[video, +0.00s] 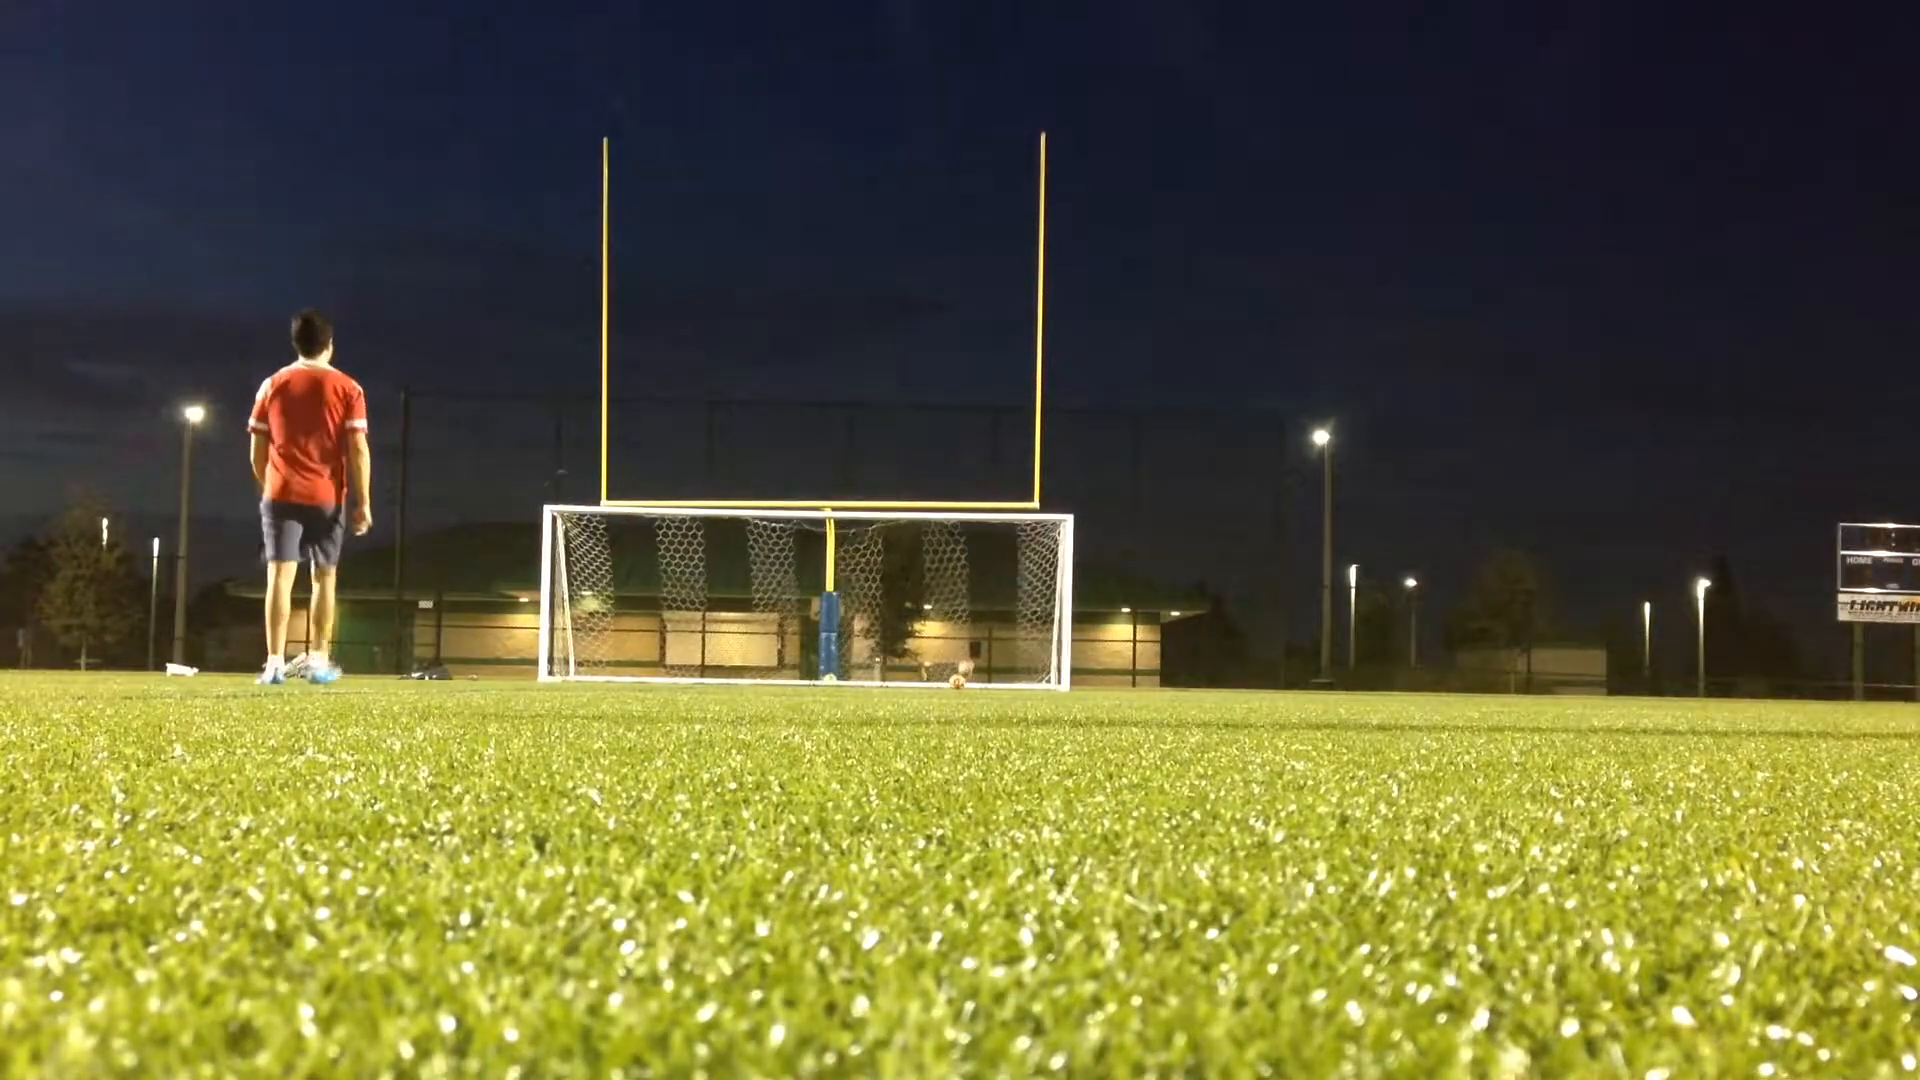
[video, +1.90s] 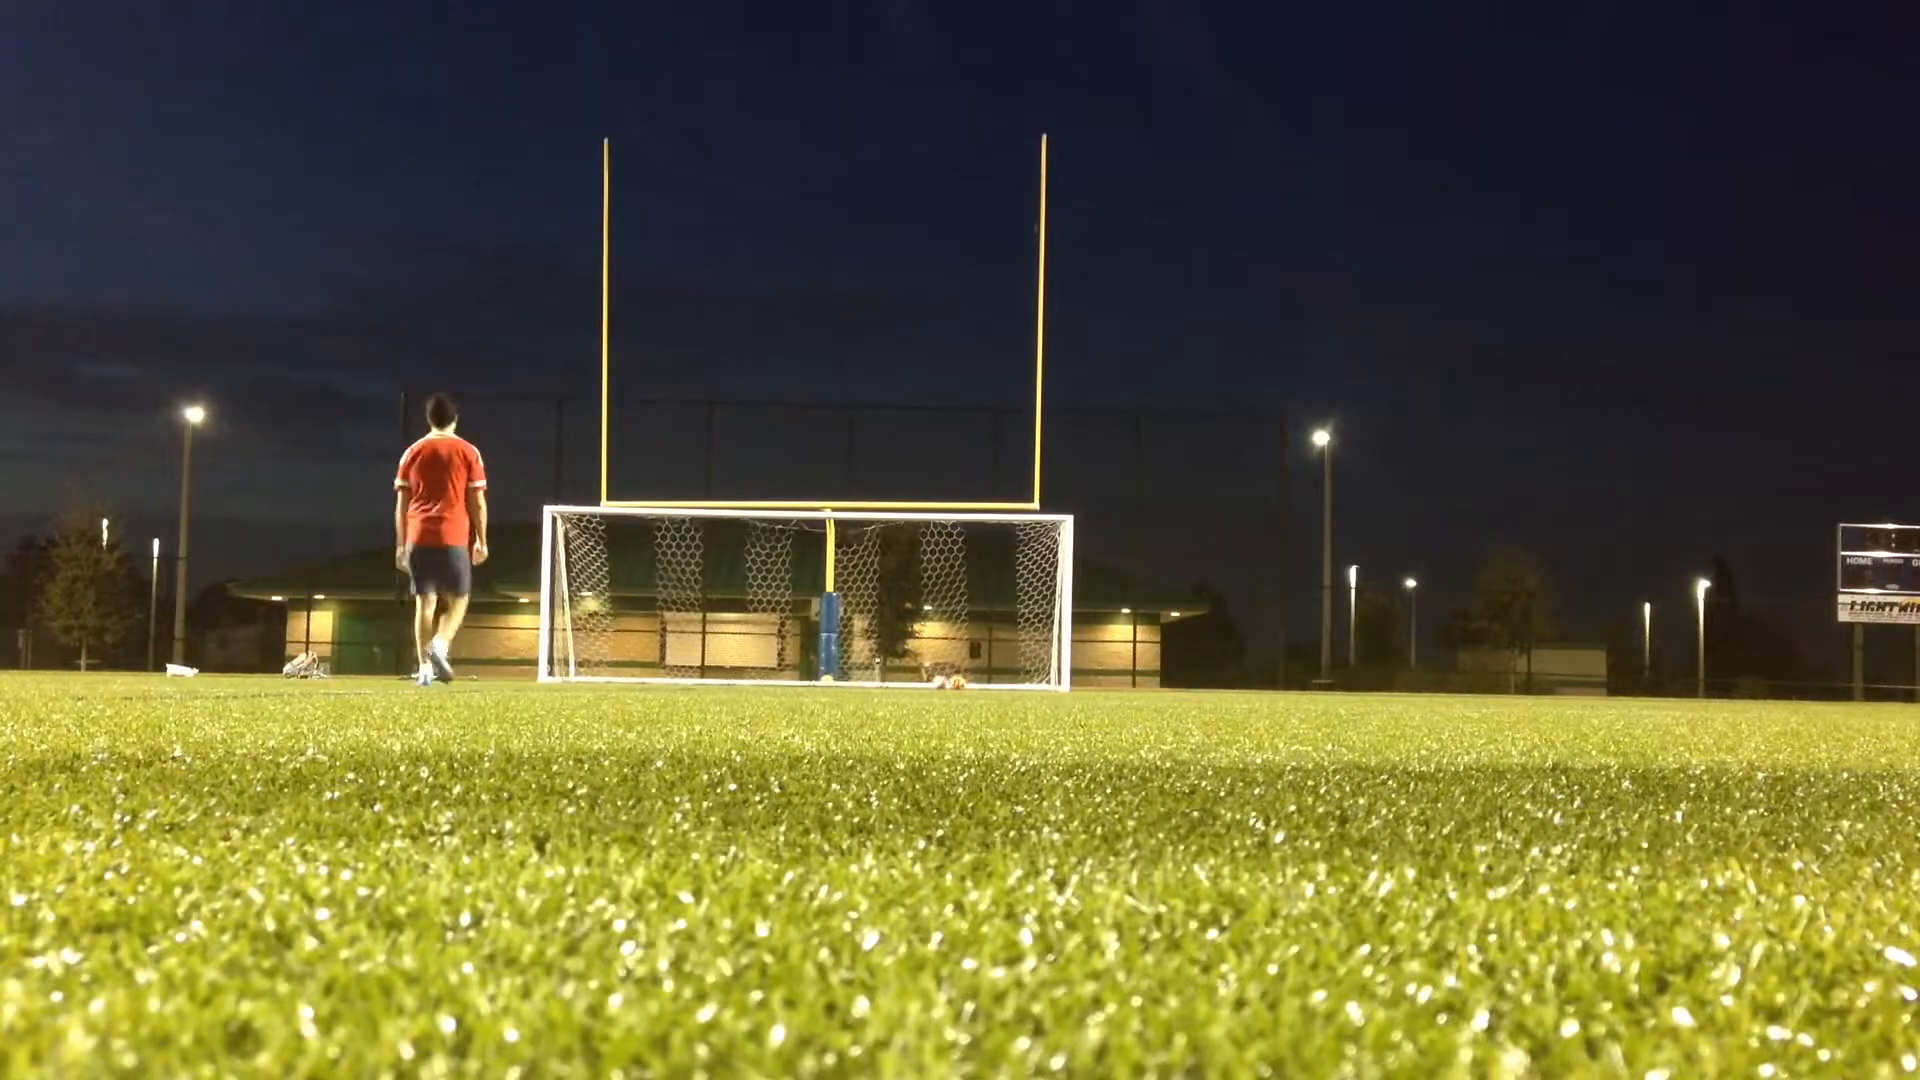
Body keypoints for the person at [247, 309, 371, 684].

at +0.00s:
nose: (329, 347)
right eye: (329, 341)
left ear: (294, 344)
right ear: (329, 344)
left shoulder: (272, 384)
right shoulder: (348, 388)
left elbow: (257, 453)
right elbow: (358, 449)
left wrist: (270, 487)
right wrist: (362, 502)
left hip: (280, 492)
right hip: (326, 495)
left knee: (279, 575)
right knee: (324, 578)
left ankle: (274, 663)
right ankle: (318, 661)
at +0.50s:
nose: (358, 370)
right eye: (363, 364)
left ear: (332, 367)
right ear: (366, 367)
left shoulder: (312, 405)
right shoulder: (381, 408)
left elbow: (296, 462)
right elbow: (392, 466)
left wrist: (290, 510)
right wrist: (389, 502)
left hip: (317, 505)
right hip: (358, 507)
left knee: (323, 580)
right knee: (341, 585)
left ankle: (316, 656)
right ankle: (327, 662)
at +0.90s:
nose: (351, 384)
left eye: (352, 379)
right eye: (354, 379)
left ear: (355, 382)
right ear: (384, 382)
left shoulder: (337, 419)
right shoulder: (403, 421)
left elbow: (323, 476)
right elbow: (411, 476)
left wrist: (319, 521)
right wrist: (412, 519)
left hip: (341, 516)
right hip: (383, 517)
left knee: (347, 591)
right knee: (386, 589)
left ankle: (347, 666)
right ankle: (365, 638)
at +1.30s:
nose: (395, 405)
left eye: (395, 401)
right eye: (399, 400)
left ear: (398, 403)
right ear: (425, 404)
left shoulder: (378, 438)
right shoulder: (438, 442)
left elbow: (362, 490)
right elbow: (446, 493)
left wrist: (372, 520)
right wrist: (450, 539)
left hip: (382, 530)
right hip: (420, 531)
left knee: (382, 596)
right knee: (419, 601)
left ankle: (368, 640)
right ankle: (413, 670)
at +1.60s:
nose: (414, 416)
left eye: (414, 411)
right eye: (419, 411)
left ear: (415, 414)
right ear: (442, 414)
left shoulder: (398, 448)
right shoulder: (458, 450)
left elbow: (385, 498)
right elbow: (467, 497)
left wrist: (376, 538)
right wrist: (467, 525)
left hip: (404, 535)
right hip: (438, 535)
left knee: (411, 600)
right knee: (427, 599)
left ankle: (418, 663)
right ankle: (414, 663)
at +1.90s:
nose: (448, 422)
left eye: (436, 417)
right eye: (452, 418)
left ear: (428, 419)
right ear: (455, 420)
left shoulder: (412, 452)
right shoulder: (468, 452)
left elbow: (402, 502)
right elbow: (478, 501)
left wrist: (400, 543)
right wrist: (481, 538)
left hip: (418, 538)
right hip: (454, 538)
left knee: (424, 602)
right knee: (458, 600)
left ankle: (424, 669)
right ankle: (440, 643)